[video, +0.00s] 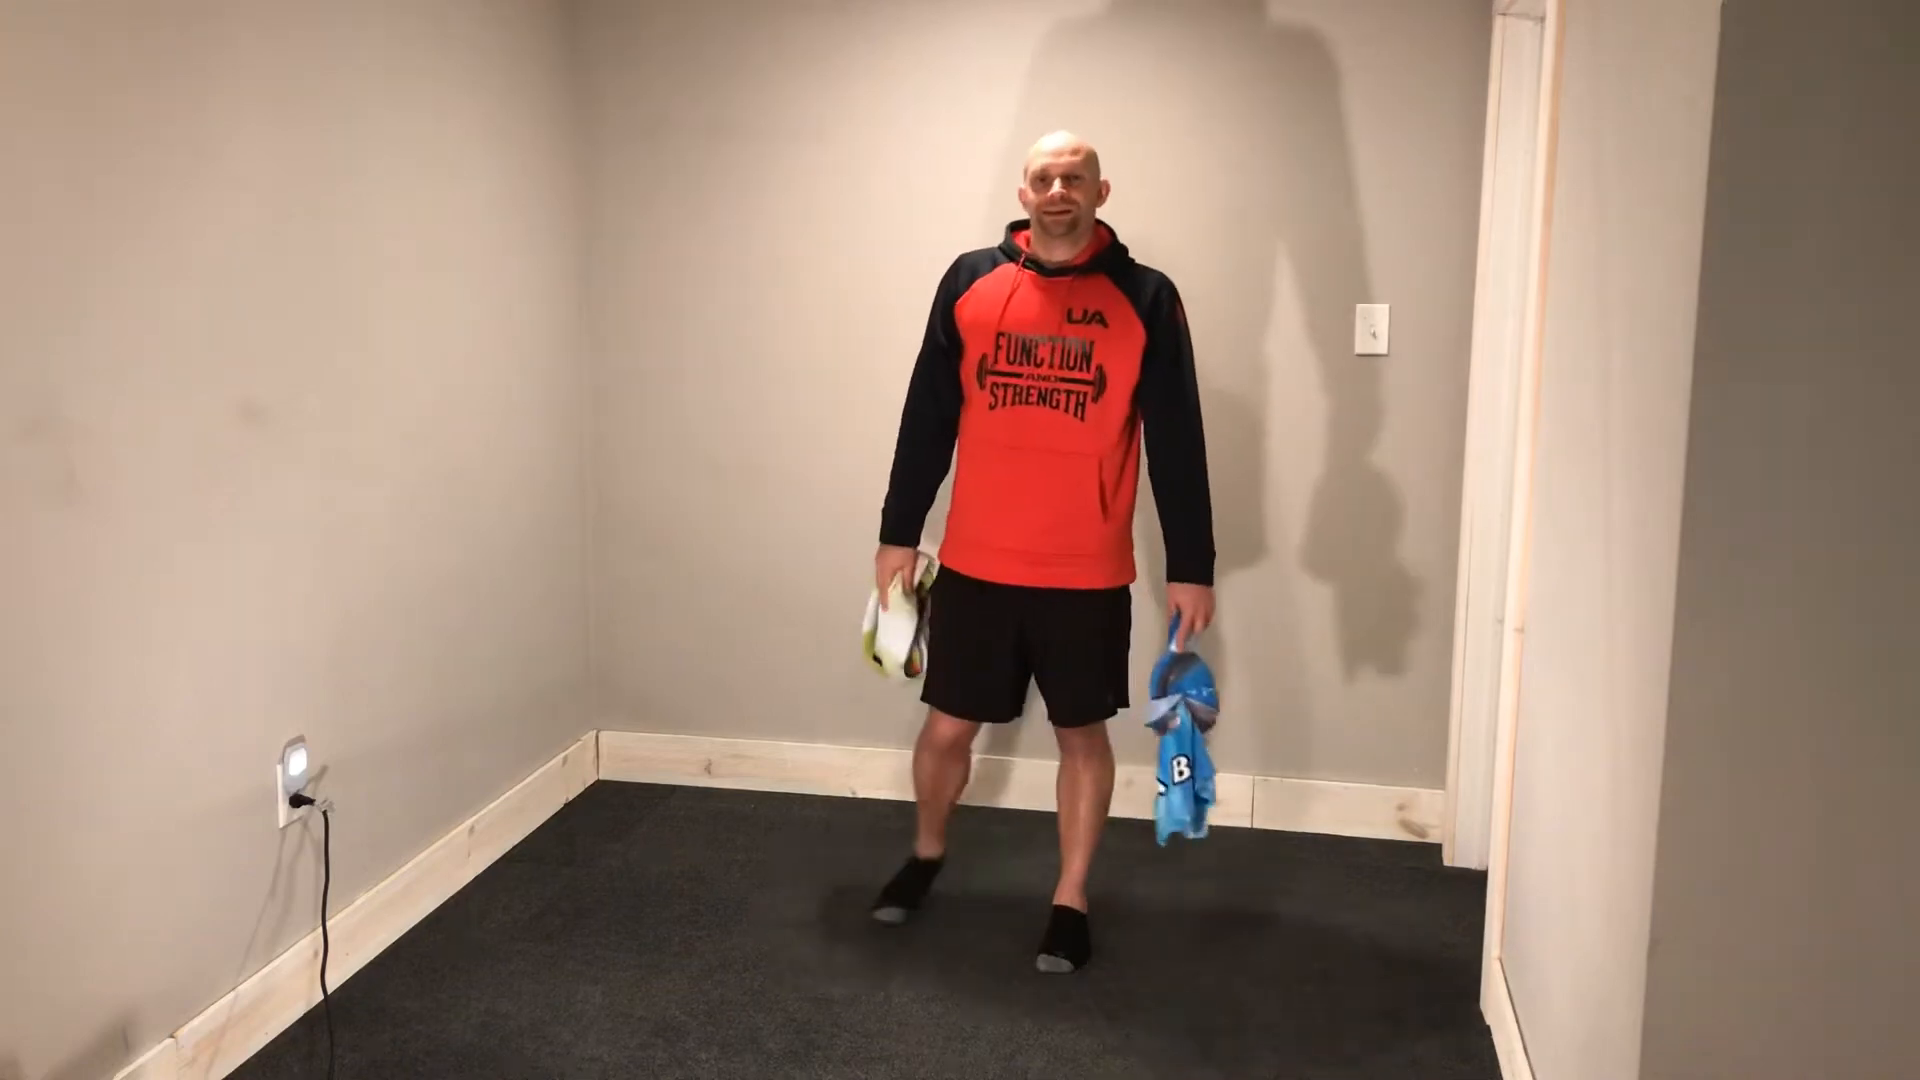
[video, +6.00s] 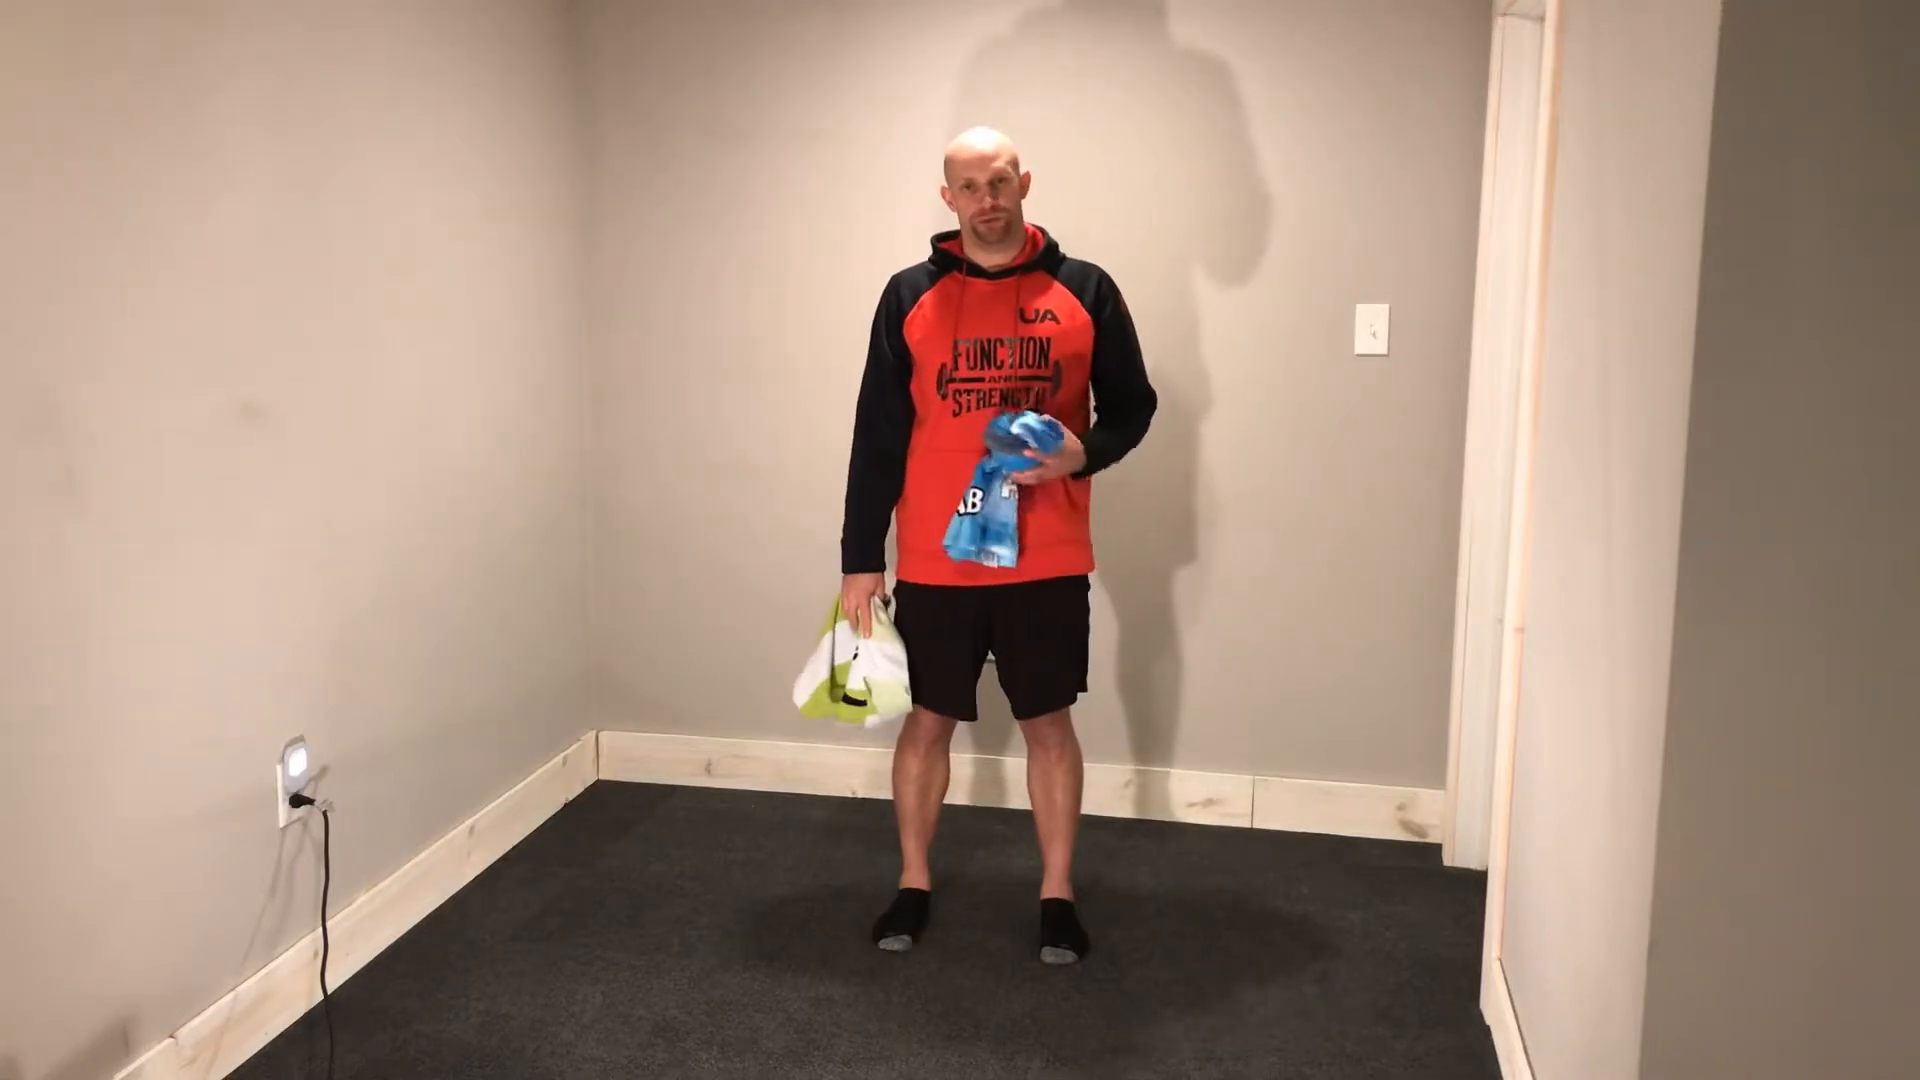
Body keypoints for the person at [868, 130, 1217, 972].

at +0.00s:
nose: (1059, 190)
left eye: (1076, 178)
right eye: (1045, 177)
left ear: (1103, 195)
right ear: (1021, 194)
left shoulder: (1146, 299)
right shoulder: (970, 282)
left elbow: (1178, 439)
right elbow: (929, 414)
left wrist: (1191, 566)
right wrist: (899, 533)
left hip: (1085, 570)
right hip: (978, 560)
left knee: (1081, 733)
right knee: (946, 727)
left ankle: (1070, 904)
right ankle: (924, 858)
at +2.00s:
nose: (978, 194)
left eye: (990, 179)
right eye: (961, 182)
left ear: (1016, 189)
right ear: (939, 196)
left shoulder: (1075, 291)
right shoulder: (899, 296)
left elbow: (1108, 425)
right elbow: (868, 433)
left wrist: (1125, 547)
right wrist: (851, 556)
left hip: (1042, 561)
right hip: (934, 564)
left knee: (1048, 727)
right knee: (924, 725)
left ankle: (1058, 898)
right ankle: (912, 889)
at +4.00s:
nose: (987, 201)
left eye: (1001, 185)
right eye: (971, 185)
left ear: (1024, 190)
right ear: (948, 192)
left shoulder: (1078, 295)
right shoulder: (904, 297)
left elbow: (1107, 430)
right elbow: (873, 434)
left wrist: (1123, 552)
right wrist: (856, 557)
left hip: (1043, 564)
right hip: (935, 565)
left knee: (1048, 727)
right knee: (925, 723)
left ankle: (1058, 899)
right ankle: (912, 889)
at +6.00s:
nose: (982, 201)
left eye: (996, 184)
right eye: (965, 187)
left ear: (1025, 184)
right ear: (946, 196)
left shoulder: (1085, 291)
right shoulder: (910, 297)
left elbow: (1133, 404)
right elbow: (878, 433)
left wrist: (1082, 455)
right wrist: (861, 557)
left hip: (1042, 556)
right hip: (937, 559)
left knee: (1047, 722)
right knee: (928, 721)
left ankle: (1057, 896)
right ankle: (912, 887)